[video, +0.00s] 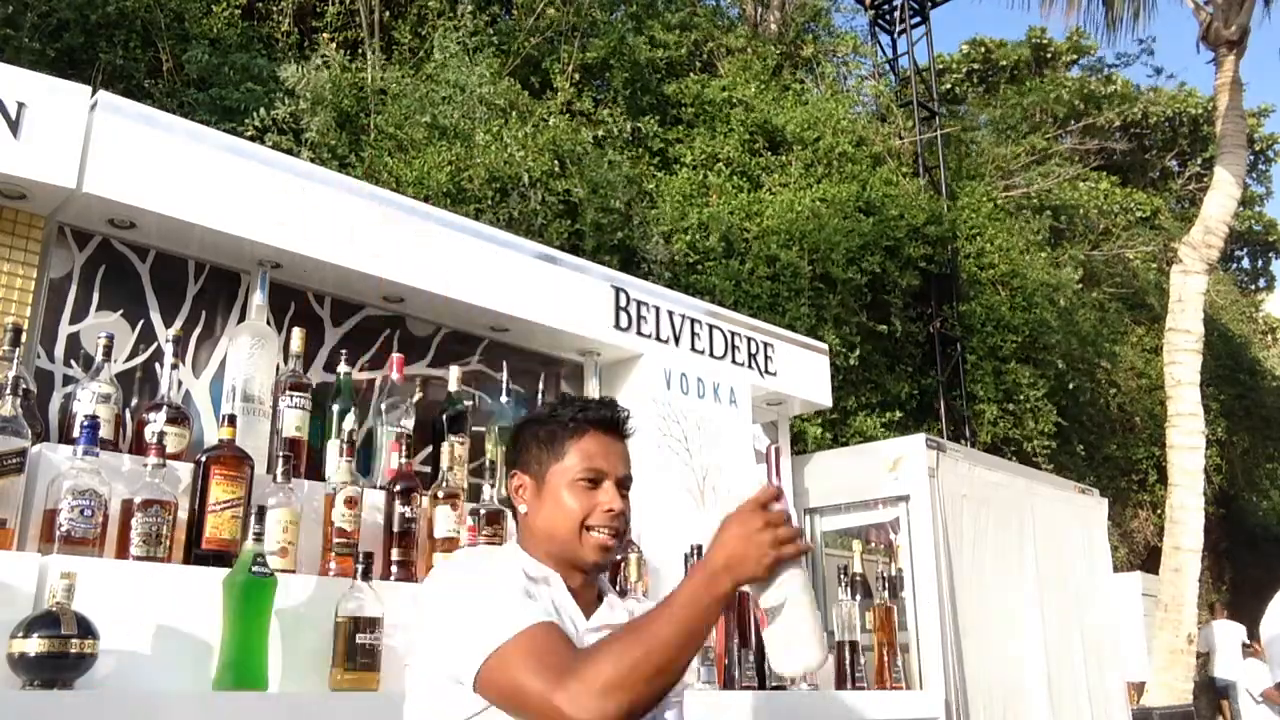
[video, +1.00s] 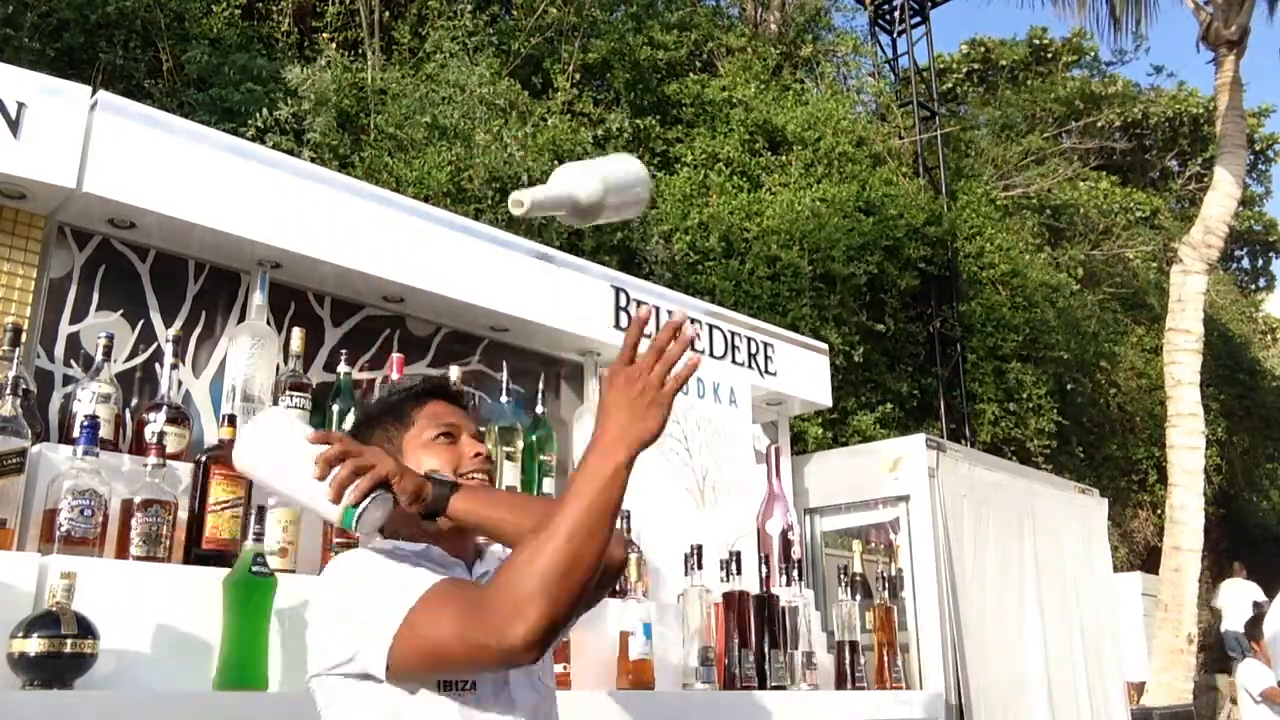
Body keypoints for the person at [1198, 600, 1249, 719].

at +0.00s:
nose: (1218, 613)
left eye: (1216, 611)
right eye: (1219, 611)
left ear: (1212, 613)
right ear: (1226, 613)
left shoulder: (1207, 628)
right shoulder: (1239, 627)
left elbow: (1202, 650)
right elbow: (1246, 643)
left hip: (1217, 671)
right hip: (1234, 671)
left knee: (1223, 700)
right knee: (1235, 703)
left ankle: (1228, 717)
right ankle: (1237, 716)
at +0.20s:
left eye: (1204, 599)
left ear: (1204, 600)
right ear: (1217, 598)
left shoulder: (1203, 614)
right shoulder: (1230, 611)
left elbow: (1201, 636)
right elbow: (1243, 623)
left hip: (1216, 657)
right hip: (1234, 656)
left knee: (1224, 693)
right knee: (1237, 693)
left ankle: (1228, 717)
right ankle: (1239, 715)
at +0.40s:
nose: (1223, 588)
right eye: (1222, 586)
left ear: (1208, 589)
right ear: (1223, 588)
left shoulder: (1204, 604)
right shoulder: (1231, 601)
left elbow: (1201, 627)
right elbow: (1246, 616)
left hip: (1217, 648)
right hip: (1236, 647)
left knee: (1223, 687)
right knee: (1243, 683)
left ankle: (1228, 717)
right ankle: (1246, 714)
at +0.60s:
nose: (1227, 589)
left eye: (1224, 587)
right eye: (1227, 587)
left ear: (1215, 589)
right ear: (1228, 588)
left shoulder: (1208, 606)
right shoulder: (1237, 603)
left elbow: (1202, 627)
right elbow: (1249, 619)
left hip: (1221, 649)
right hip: (1241, 648)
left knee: (1227, 688)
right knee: (1245, 684)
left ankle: (1229, 717)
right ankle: (1247, 715)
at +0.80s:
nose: (1241, 583)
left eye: (1239, 580)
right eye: (1240, 581)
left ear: (1226, 583)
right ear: (1238, 582)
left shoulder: (1219, 596)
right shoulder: (1245, 596)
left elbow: (1212, 617)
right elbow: (1259, 613)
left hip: (1223, 640)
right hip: (1242, 641)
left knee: (1229, 678)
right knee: (1247, 675)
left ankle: (1229, 712)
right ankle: (1247, 708)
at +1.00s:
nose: (1245, 573)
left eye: (1244, 570)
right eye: (1245, 571)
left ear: (1232, 572)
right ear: (1243, 571)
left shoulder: (1224, 585)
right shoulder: (1252, 586)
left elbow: (1215, 605)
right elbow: (1265, 604)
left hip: (1226, 627)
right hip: (1245, 627)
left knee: (1236, 657)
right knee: (1251, 656)